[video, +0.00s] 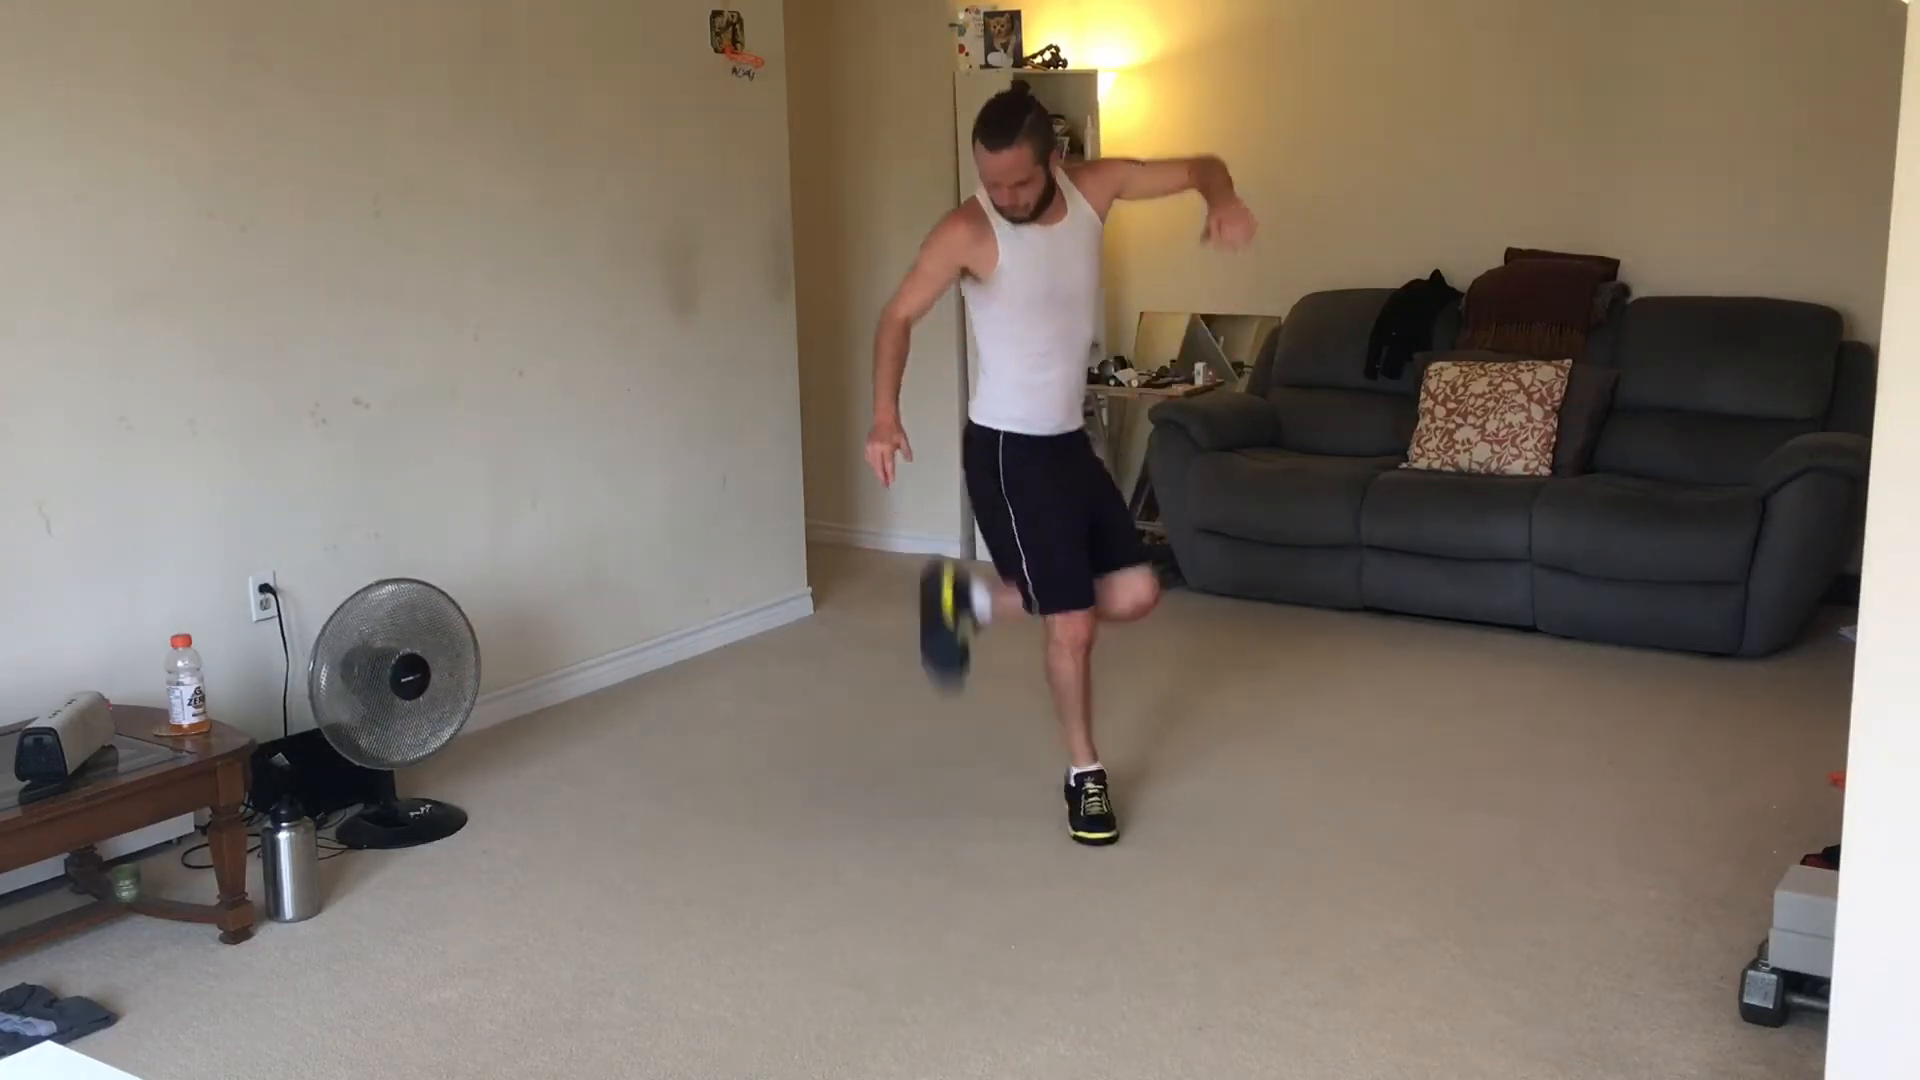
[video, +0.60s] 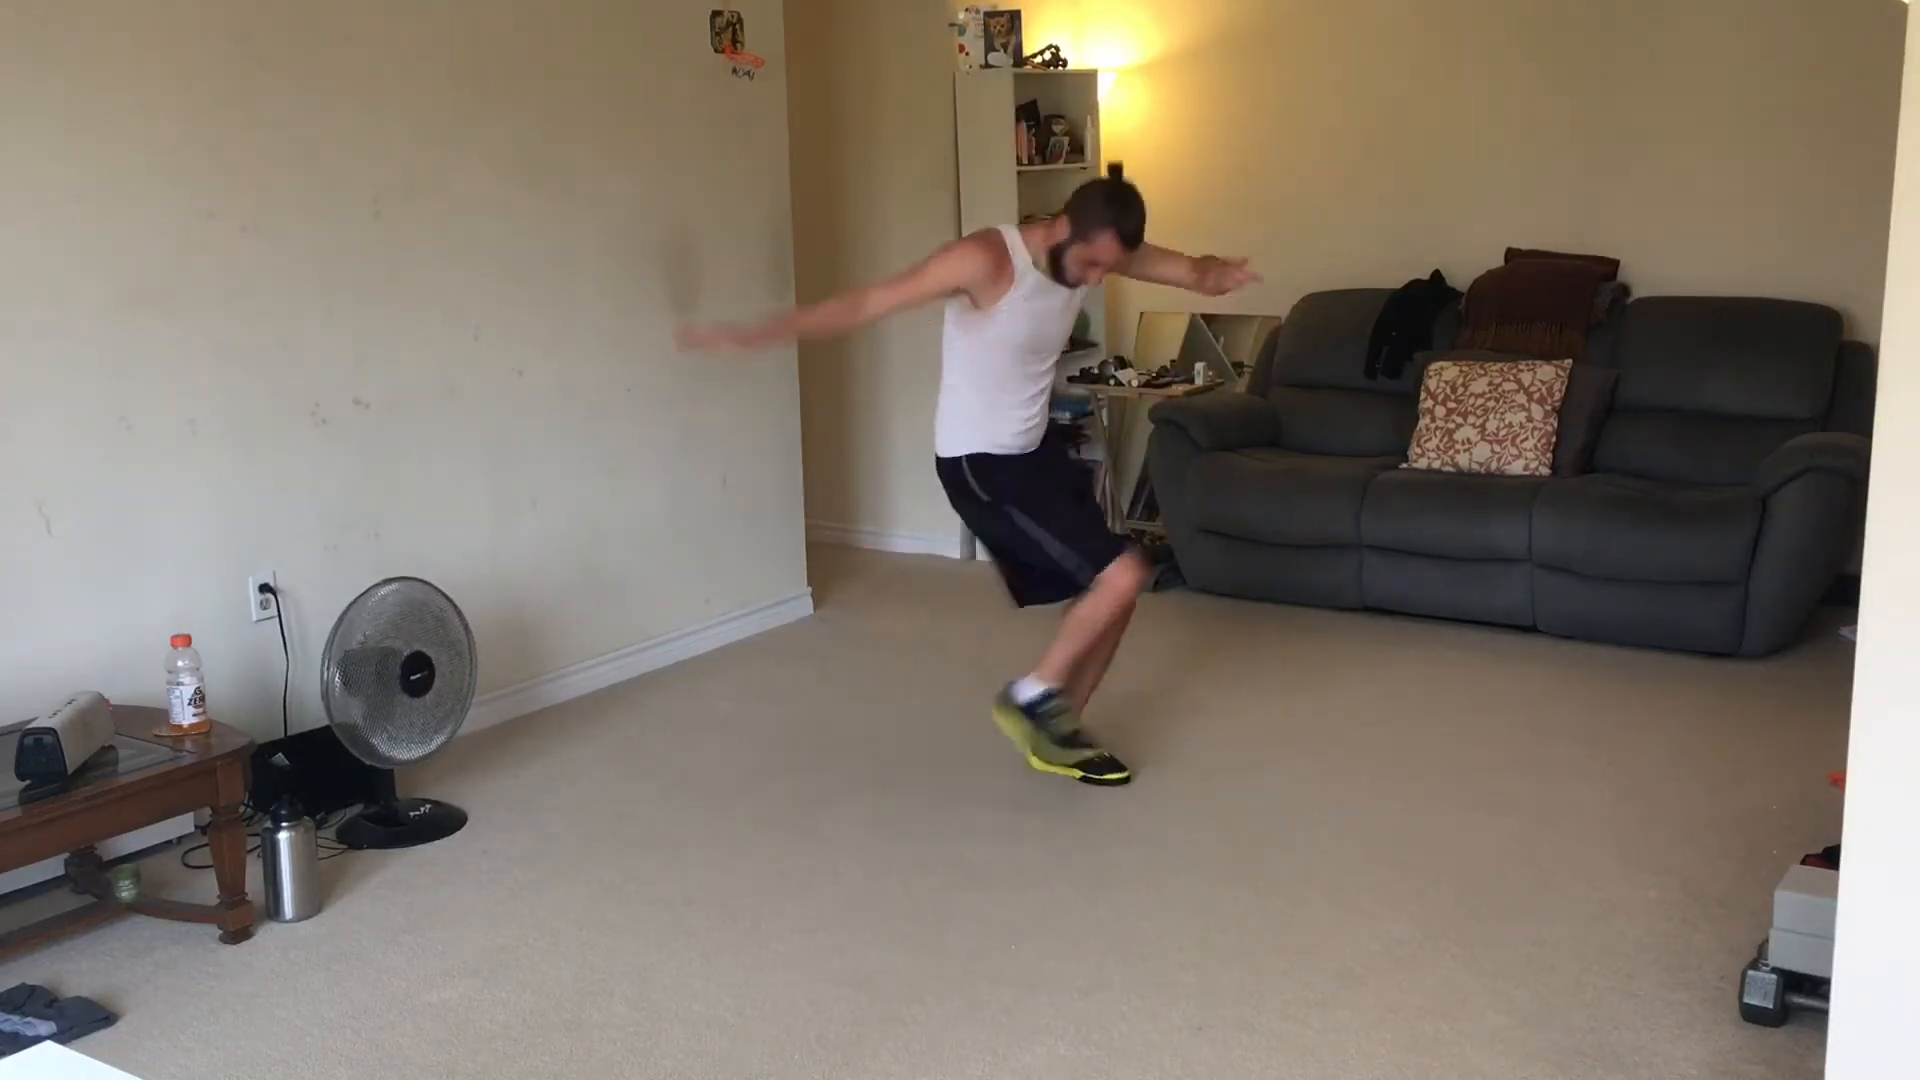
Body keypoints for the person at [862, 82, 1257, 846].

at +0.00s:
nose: (1006, 196)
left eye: (1019, 182)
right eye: (992, 183)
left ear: (1051, 157)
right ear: (976, 165)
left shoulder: (1094, 185)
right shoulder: (963, 234)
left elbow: (1203, 166)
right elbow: (897, 319)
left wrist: (1222, 198)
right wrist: (885, 411)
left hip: (1069, 438)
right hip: (1005, 446)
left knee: (1134, 592)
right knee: (1071, 619)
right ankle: (1085, 771)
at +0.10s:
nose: (982, 174)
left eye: (995, 158)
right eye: (967, 160)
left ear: (1027, 133)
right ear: (952, 144)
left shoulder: (1072, 163)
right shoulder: (943, 215)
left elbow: (1175, 138)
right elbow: (870, 306)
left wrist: (1248, 135)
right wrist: (854, 392)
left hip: (1062, 417)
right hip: (994, 426)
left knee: (1131, 572)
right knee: (1040, 606)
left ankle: (981, 518)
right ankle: (1010, 765)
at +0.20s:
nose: (949, 195)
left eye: (958, 177)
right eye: (932, 187)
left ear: (982, 150)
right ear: (913, 175)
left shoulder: (1043, 178)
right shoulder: (917, 246)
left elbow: (1150, 163)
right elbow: (843, 335)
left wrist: (1258, 161)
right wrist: (832, 392)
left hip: (1073, 428)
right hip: (991, 444)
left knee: (1127, 598)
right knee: (992, 626)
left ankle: (1009, 585)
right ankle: (930, 752)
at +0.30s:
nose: (927, 272)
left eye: (931, 253)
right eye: (908, 268)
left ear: (946, 215)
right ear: (890, 256)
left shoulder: (1026, 230)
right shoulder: (901, 300)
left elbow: (1123, 250)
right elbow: (844, 366)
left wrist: (1218, 269)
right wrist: (838, 391)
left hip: (1066, 468)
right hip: (976, 479)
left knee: (1102, 641)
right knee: (953, 643)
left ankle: (1039, 676)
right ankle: (908, 765)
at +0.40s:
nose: (980, 319)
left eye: (986, 308)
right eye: (966, 314)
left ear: (1000, 266)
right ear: (943, 290)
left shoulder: (1054, 254)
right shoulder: (920, 297)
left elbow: (1123, 287)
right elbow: (841, 371)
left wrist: (1205, 332)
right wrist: (836, 421)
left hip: (1061, 468)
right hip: (970, 473)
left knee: (1103, 633)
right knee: (951, 631)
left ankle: (1057, 735)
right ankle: (908, 763)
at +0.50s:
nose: (1071, 313)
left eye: (1082, 305)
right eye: (1064, 302)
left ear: (1089, 271)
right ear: (1038, 266)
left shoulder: (1086, 254)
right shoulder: (967, 282)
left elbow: (1174, 269)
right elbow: (858, 347)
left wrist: (1256, 300)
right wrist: (797, 426)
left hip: (1046, 453)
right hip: (970, 462)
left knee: (1106, 611)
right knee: (1015, 632)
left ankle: (1057, 739)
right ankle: (934, 750)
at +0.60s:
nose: (1095, 278)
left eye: (1106, 269)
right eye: (1091, 264)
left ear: (1119, 244)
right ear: (1063, 228)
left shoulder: (1093, 248)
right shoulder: (985, 259)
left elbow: (1185, 271)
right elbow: (865, 304)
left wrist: (1214, 275)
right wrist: (756, 336)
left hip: (1038, 450)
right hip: (981, 460)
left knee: (1119, 589)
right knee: (1121, 570)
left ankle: (1063, 726)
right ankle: (1032, 695)